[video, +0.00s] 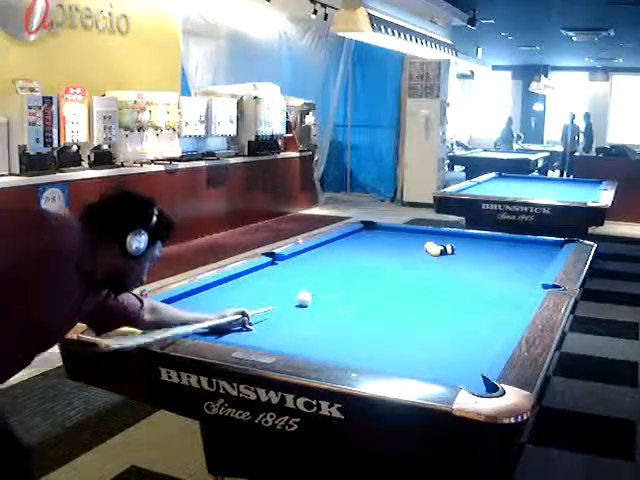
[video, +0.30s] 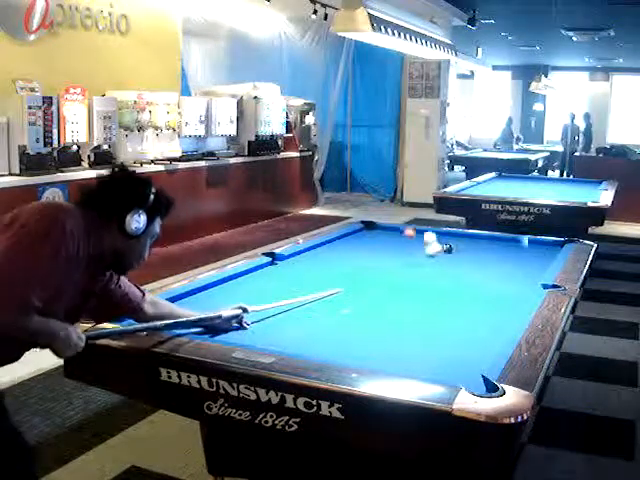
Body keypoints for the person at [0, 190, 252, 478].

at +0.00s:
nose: (147, 275)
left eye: (153, 264)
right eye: (151, 261)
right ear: (133, 245)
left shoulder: (82, 284)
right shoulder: (54, 241)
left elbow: (145, 312)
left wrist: (215, 320)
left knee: (22, 454)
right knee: (20, 455)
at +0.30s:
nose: (149, 252)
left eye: (153, 242)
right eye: (151, 240)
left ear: (130, 225)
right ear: (131, 224)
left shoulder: (89, 268)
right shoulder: (54, 224)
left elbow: (144, 306)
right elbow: (7, 311)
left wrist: (209, 321)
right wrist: (52, 331)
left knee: (18, 457)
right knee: (17, 457)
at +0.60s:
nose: (145, 249)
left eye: (150, 238)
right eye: (147, 236)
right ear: (128, 220)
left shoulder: (88, 264)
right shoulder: (54, 224)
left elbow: (145, 306)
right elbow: (9, 315)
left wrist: (209, 322)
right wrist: (64, 335)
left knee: (21, 457)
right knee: (18, 457)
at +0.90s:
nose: (142, 242)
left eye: (147, 232)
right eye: (144, 229)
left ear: (124, 214)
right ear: (124, 214)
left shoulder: (86, 263)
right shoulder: (49, 221)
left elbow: (145, 304)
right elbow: (9, 311)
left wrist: (208, 322)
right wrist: (60, 332)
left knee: (19, 457)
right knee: (17, 457)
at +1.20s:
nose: (137, 214)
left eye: (141, 202)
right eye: (137, 200)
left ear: (113, 188)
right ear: (113, 186)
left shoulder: (85, 237)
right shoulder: (33, 214)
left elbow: (111, 305)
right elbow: (3, 308)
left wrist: (190, 321)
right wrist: (32, 349)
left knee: (18, 458)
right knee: (17, 458)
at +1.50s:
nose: (116, 154)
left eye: (114, 142)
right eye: (110, 142)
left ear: (80, 140)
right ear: (81, 140)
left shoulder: (61, 193)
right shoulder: (16, 190)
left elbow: (41, 293)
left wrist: (97, 315)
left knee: (21, 455)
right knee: (21, 457)